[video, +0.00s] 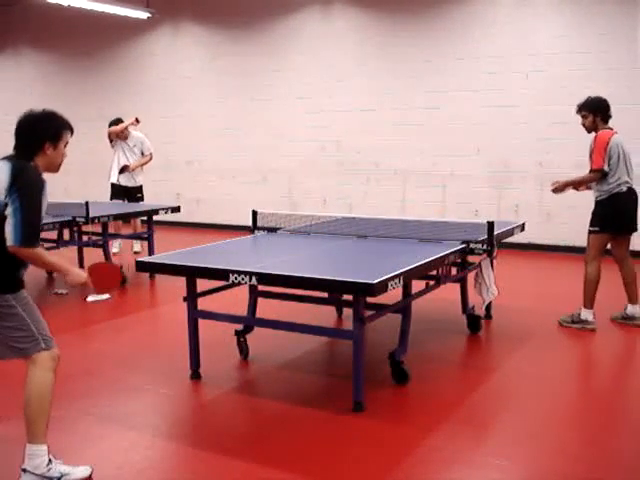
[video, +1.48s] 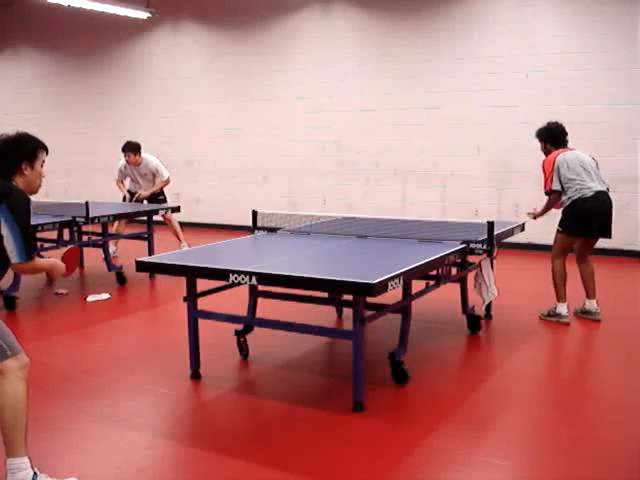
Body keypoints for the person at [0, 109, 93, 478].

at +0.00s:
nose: (66, 153)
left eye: (66, 146)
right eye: (63, 146)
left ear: (32, 144)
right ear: (45, 146)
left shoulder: (7, 169)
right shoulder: (28, 179)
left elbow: (16, 242)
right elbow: (20, 245)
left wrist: (57, 266)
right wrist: (67, 269)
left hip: (9, 287)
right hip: (6, 288)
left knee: (43, 354)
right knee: (44, 355)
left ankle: (37, 458)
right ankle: (37, 460)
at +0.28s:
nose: (51, 175)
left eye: (52, 167)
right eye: (50, 167)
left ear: (26, 165)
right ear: (33, 166)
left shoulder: (10, 190)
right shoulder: (16, 193)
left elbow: (12, 252)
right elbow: (12, 254)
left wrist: (48, 274)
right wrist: (52, 278)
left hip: (0, 300)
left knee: (16, 364)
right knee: (20, 364)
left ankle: (19, 466)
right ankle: (19, 468)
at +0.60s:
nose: (52, 196)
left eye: (53, 188)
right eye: (51, 188)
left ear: (25, 185)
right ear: (36, 187)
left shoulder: (7, 210)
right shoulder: (15, 218)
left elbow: (25, 279)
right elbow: (28, 283)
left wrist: (51, 281)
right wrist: (58, 283)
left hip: (1, 314)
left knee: (23, 365)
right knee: (26, 366)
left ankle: (20, 466)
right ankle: (20, 469)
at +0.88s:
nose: (49, 195)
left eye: (49, 187)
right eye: (47, 186)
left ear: (25, 186)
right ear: (31, 186)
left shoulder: (9, 215)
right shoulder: (12, 218)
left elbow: (11, 282)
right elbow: (7, 284)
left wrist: (51, 296)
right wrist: (52, 297)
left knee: (15, 366)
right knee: (17, 366)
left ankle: (19, 467)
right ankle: (19, 469)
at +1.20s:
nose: (47, 193)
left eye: (47, 185)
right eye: (45, 184)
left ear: (23, 184)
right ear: (29, 185)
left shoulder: (8, 214)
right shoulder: (11, 217)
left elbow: (9, 281)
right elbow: (6, 283)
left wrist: (44, 296)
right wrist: (42, 297)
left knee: (14, 366)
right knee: (15, 366)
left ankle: (18, 466)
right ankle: (18, 469)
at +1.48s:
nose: (43, 174)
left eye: (43, 166)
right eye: (41, 166)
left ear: (17, 167)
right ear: (23, 167)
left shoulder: (6, 196)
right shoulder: (12, 199)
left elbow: (15, 259)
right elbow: (19, 263)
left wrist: (44, 262)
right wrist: (49, 264)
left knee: (14, 363)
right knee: (15, 363)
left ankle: (19, 467)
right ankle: (19, 469)